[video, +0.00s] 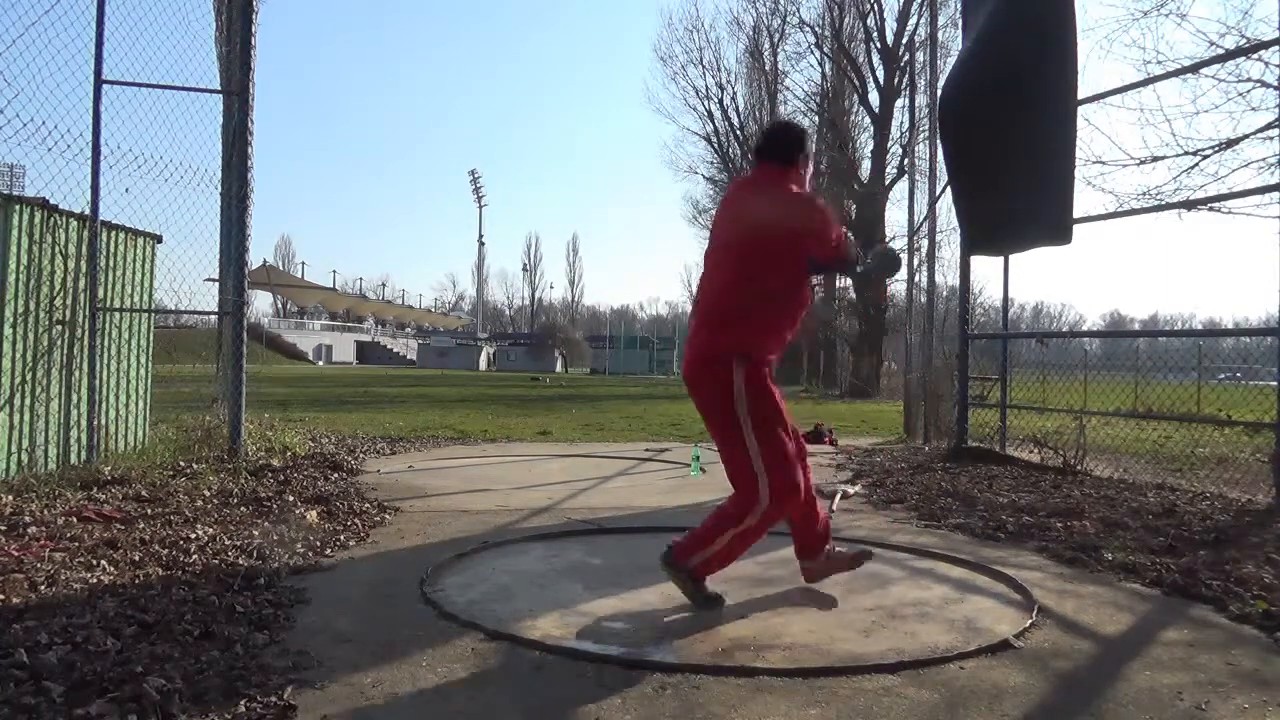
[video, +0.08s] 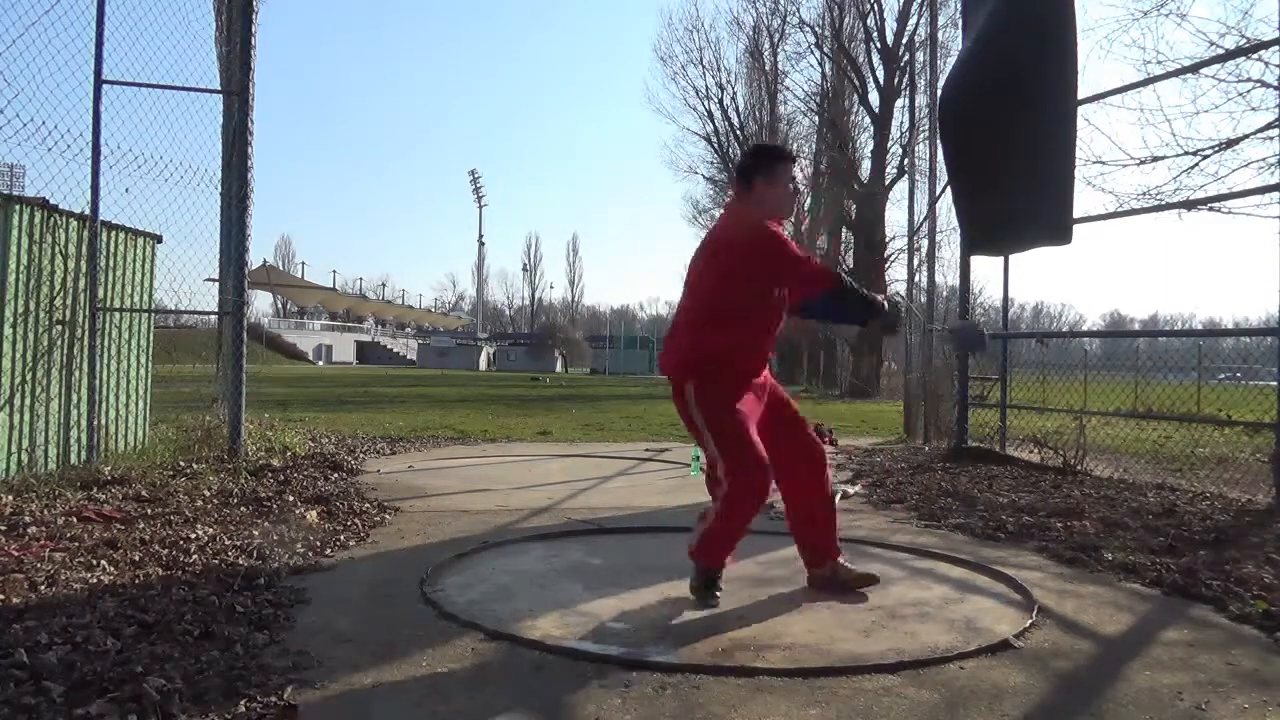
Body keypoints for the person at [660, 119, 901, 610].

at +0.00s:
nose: (809, 175)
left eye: (809, 168)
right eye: (809, 167)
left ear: (761, 157)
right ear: (800, 164)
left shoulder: (744, 197)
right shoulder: (794, 204)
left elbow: (795, 255)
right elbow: (840, 252)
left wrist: (850, 260)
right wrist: (861, 257)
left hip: (742, 358)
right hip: (728, 360)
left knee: (791, 458)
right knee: (771, 488)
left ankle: (815, 554)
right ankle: (686, 561)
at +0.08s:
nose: (795, 191)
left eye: (794, 182)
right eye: (786, 182)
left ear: (758, 188)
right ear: (753, 187)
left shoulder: (752, 234)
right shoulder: (750, 235)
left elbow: (800, 295)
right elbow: (815, 280)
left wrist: (864, 307)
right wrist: (872, 307)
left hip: (749, 374)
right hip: (704, 377)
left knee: (804, 455)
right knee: (749, 474)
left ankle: (823, 566)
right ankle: (708, 563)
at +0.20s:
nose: (743, 195)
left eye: (752, 186)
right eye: (733, 187)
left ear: (768, 193)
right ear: (723, 196)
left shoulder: (790, 249)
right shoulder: (712, 248)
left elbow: (814, 308)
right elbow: (766, 305)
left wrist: (838, 351)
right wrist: (829, 351)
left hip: (775, 378)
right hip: (715, 383)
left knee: (833, 458)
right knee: (715, 473)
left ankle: (829, 566)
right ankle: (714, 569)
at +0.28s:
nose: (729, 196)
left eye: (739, 188)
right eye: (728, 189)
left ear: (770, 195)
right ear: (729, 197)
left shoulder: (809, 243)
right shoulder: (721, 243)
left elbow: (804, 303)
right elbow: (725, 298)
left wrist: (768, 338)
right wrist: (737, 335)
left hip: (800, 378)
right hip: (740, 378)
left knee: (830, 466)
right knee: (711, 469)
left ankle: (846, 554)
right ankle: (714, 565)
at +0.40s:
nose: (757, 203)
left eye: (760, 193)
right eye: (759, 193)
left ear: (774, 190)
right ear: (797, 191)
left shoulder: (800, 227)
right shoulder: (785, 232)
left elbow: (734, 259)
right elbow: (730, 268)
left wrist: (661, 267)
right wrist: (665, 269)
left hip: (813, 363)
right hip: (783, 365)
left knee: (755, 454)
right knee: (718, 451)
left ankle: (837, 517)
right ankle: (709, 564)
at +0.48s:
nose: (758, 198)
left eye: (761, 189)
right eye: (761, 190)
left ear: (772, 189)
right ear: (808, 188)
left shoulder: (782, 224)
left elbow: (710, 244)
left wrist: (651, 228)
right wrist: (659, 230)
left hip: (789, 355)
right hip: (824, 359)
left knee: (705, 433)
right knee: (761, 454)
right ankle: (712, 562)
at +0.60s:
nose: (796, 189)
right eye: (797, 184)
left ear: (748, 181)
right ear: (794, 184)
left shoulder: (725, 213)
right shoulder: (812, 218)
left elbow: (694, 242)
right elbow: (793, 215)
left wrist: (704, 208)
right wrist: (785, 192)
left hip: (722, 348)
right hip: (777, 355)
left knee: (719, 435)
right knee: (762, 466)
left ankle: (675, 509)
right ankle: (690, 550)